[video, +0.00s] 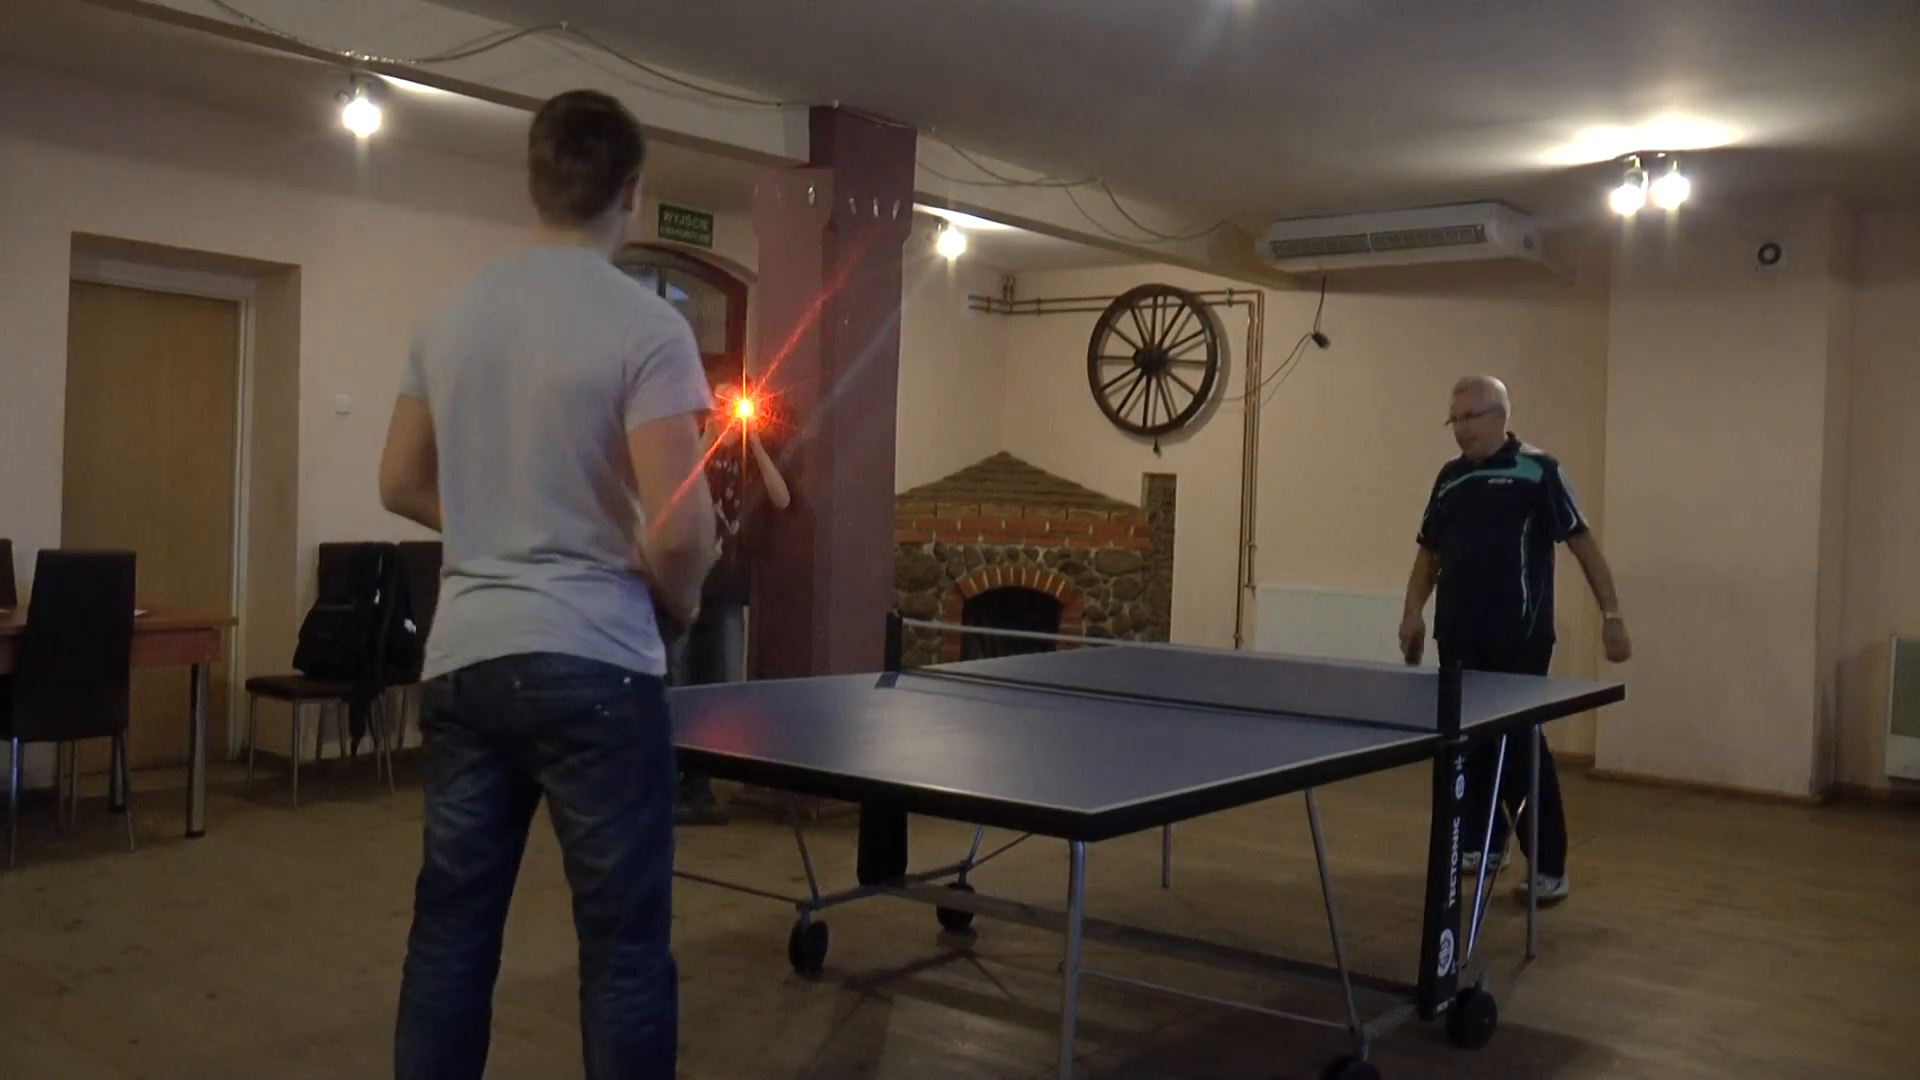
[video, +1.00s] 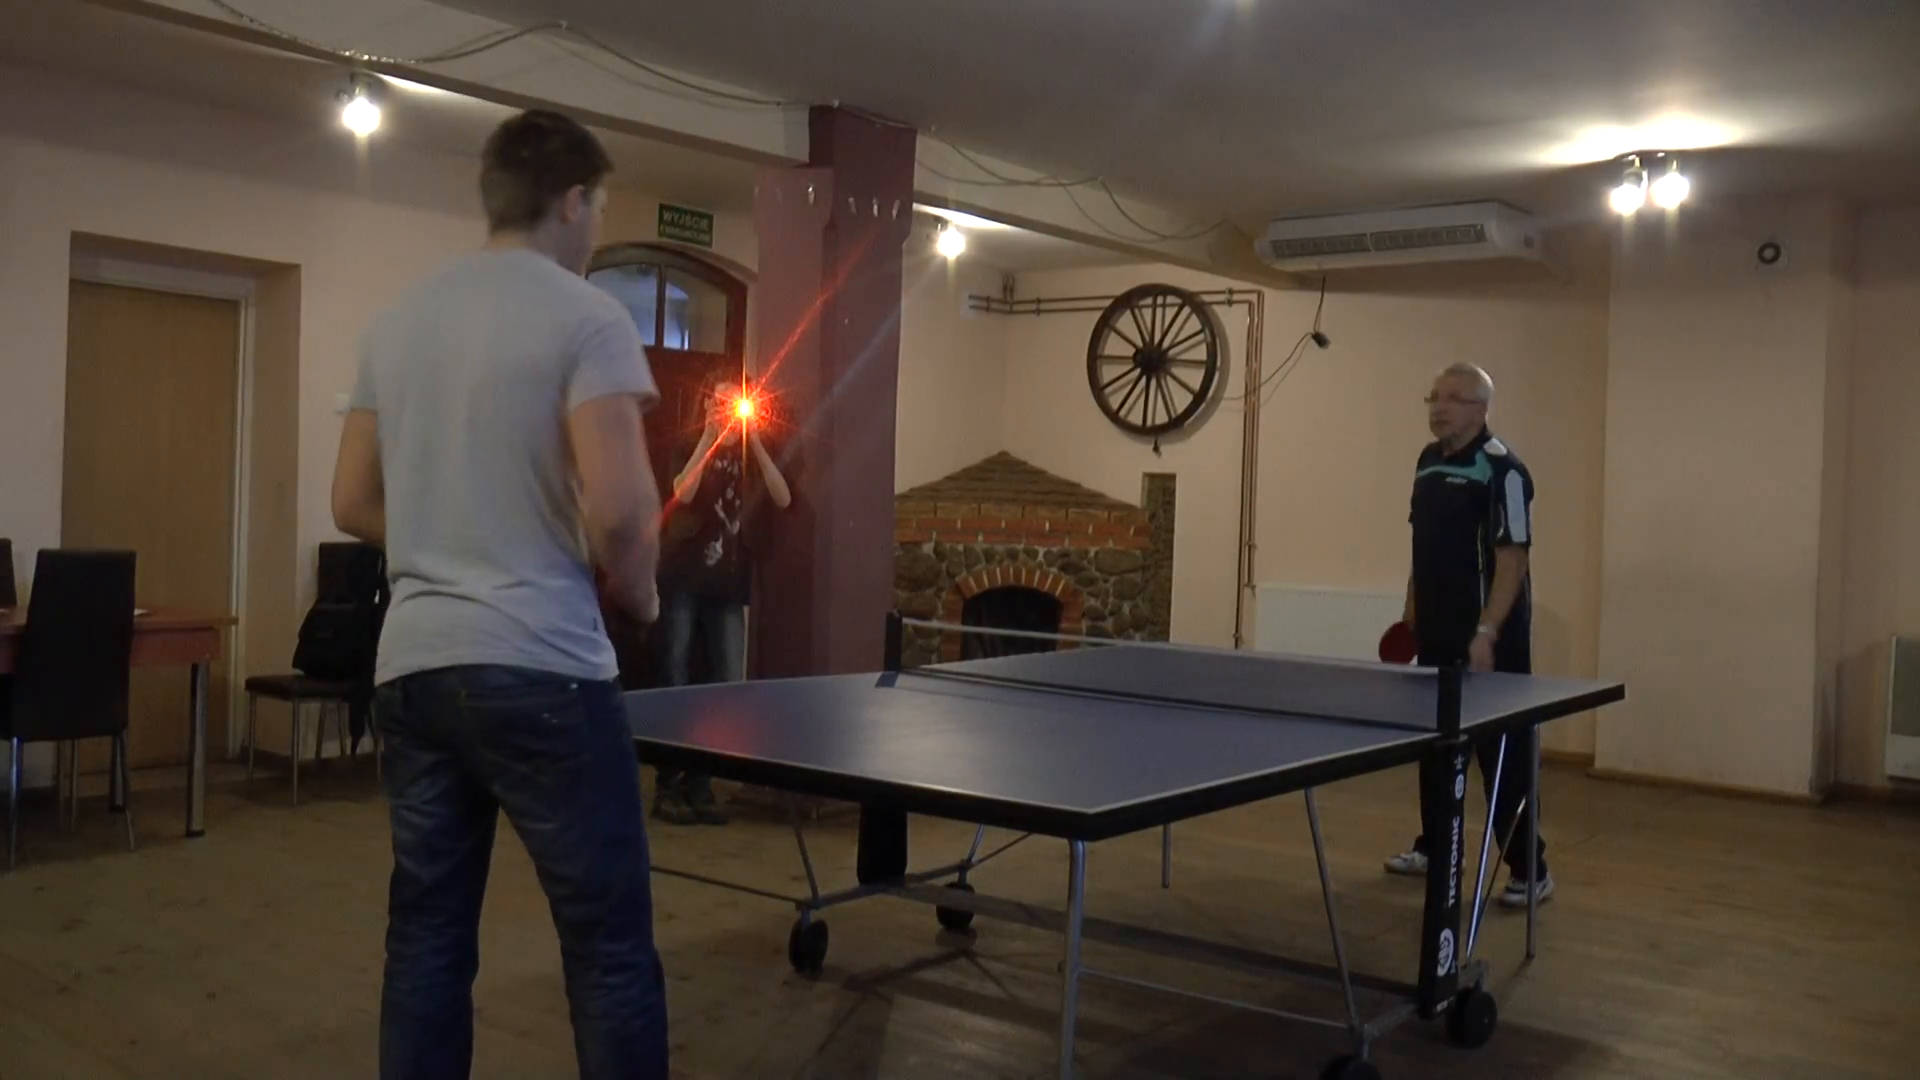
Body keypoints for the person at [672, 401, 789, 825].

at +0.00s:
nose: (725, 408)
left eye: (732, 401)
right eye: (718, 402)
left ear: (739, 408)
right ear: (703, 404)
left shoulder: (750, 452)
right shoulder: (684, 447)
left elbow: (781, 500)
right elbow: (675, 494)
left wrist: (754, 440)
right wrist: (710, 438)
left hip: (726, 581)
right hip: (679, 577)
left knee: (724, 688)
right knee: (674, 688)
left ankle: (701, 788)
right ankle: (669, 789)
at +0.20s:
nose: (722, 410)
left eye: (730, 403)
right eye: (716, 401)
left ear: (738, 410)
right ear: (704, 404)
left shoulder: (746, 452)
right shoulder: (684, 452)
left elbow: (782, 499)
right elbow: (679, 499)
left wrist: (755, 441)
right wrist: (709, 442)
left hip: (727, 582)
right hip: (680, 582)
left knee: (725, 687)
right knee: (674, 685)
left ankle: (702, 786)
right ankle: (666, 786)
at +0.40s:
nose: (720, 409)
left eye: (728, 402)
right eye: (715, 401)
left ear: (738, 408)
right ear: (704, 405)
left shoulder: (750, 452)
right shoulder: (687, 450)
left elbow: (782, 498)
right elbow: (683, 494)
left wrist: (755, 440)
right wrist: (710, 438)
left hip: (727, 581)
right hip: (679, 580)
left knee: (725, 686)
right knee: (676, 685)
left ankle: (700, 789)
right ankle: (668, 791)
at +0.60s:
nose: (721, 410)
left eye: (728, 403)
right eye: (715, 402)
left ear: (738, 409)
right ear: (703, 405)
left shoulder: (749, 453)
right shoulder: (685, 450)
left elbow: (782, 498)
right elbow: (682, 493)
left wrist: (755, 440)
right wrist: (710, 439)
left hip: (727, 581)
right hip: (679, 579)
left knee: (725, 686)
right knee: (675, 684)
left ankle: (700, 789)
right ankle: (667, 790)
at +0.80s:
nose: (720, 408)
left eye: (728, 402)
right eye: (714, 401)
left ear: (737, 408)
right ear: (703, 404)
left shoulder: (749, 452)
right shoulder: (685, 449)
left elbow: (782, 498)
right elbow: (683, 494)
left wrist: (754, 439)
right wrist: (710, 439)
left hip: (727, 581)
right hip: (680, 580)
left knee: (726, 686)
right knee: (675, 684)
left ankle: (701, 789)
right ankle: (667, 789)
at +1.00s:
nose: (722, 410)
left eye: (730, 403)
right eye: (716, 402)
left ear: (738, 410)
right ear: (704, 405)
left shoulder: (749, 453)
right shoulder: (686, 452)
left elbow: (783, 499)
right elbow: (681, 497)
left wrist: (755, 440)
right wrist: (709, 442)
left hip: (728, 582)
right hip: (681, 581)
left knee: (728, 685)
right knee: (675, 683)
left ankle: (701, 787)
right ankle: (668, 787)